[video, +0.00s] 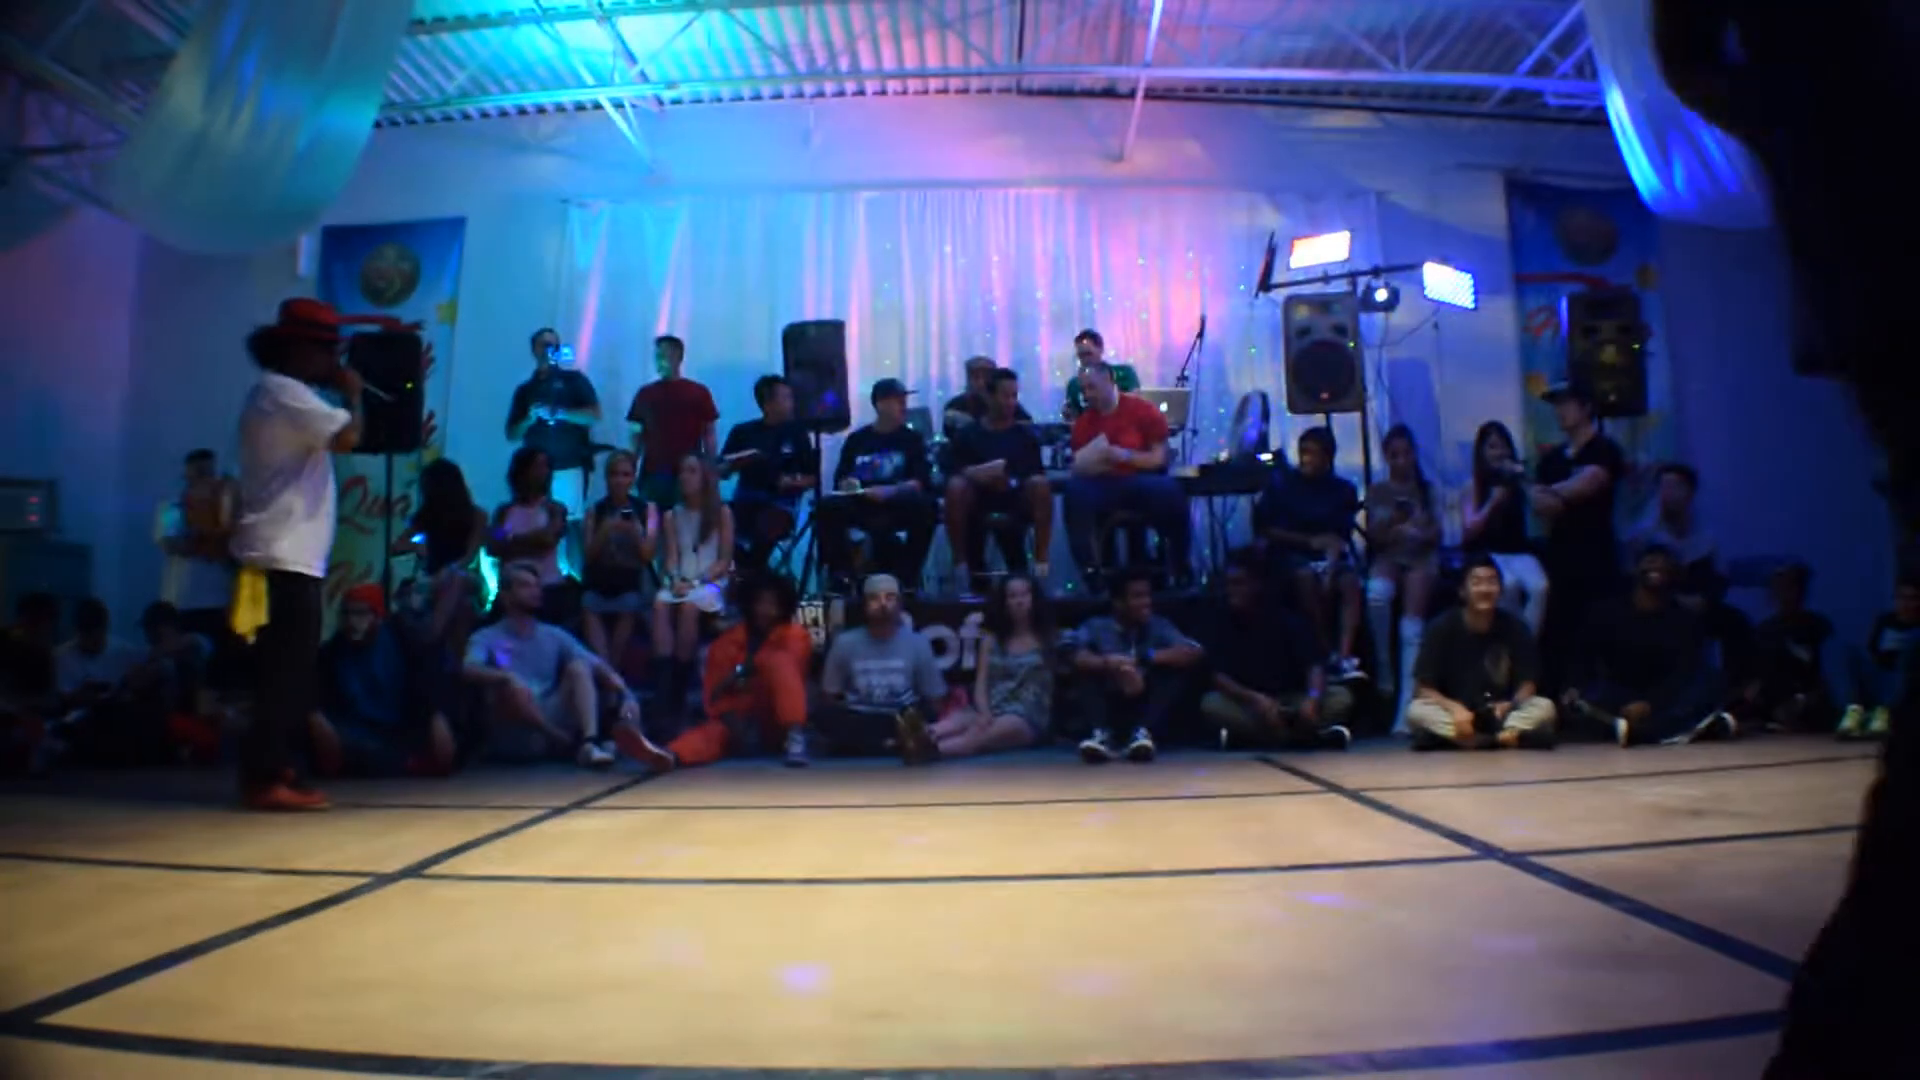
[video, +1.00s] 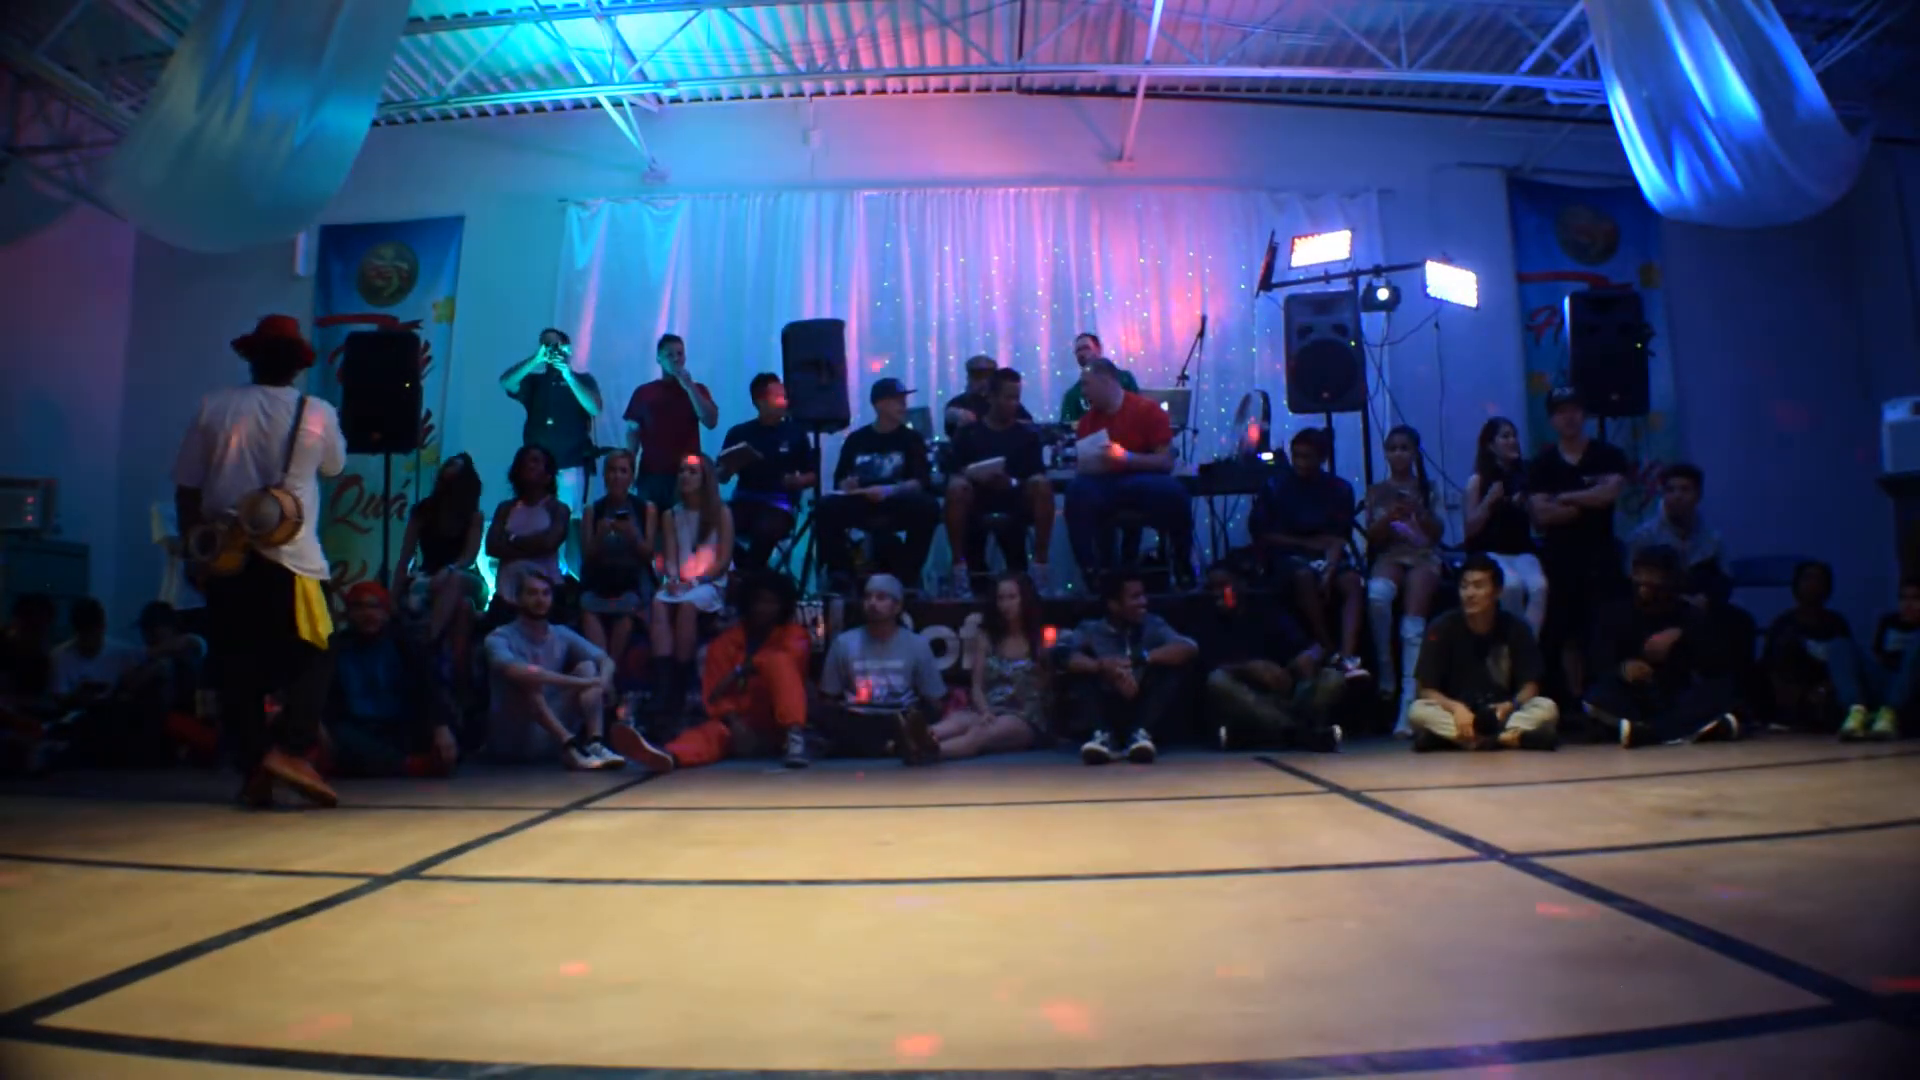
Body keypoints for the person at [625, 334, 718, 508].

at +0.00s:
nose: (661, 363)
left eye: (666, 356)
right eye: (658, 357)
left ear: (679, 357)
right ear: (655, 359)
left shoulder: (699, 393)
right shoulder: (646, 394)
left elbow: (709, 435)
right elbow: (636, 436)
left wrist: (710, 471)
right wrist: (629, 473)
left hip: (688, 476)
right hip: (653, 473)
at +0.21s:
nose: (670, 361)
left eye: (674, 355)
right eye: (665, 355)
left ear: (682, 358)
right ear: (659, 359)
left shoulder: (698, 395)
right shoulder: (646, 396)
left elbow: (709, 434)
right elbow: (635, 435)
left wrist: (705, 468)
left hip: (688, 474)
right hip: (655, 472)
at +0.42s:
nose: (675, 360)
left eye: (679, 355)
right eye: (669, 356)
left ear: (684, 357)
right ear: (659, 359)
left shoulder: (698, 393)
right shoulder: (643, 393)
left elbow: (711, 433)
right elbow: (632, 434)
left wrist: (695, 429)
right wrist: (629, 471)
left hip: (686, 475)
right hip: (652, 472)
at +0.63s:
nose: (676, 360)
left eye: (680, 354)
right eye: (669, 355)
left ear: (685, 357)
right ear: (659, 359)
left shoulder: (697, 391)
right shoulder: (643, 392)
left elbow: (711, 426)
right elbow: (632, 433)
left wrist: (690, 396)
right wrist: (630, 472)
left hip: (686, 476)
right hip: (652, 474)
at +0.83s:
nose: (676, 360)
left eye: (679, 354)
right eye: (669, 356)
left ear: (685, 356)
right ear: (659, 360)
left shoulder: (697, 390)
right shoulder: (643, 393)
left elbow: (711, 421)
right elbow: (632, 434)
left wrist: (689, 386)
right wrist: (629, 472)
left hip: (686, 475)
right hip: (652, 473)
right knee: (649, 532)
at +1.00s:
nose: (676, 359)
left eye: (679, 354)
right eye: (669, 355)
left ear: (684, 356)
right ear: (659, 359)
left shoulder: (697, 390)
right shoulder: (644, 393)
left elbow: (710, 421)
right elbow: (632, 434)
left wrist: (689, 387)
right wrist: (628, 473)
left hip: (687, 476)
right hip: (652, 474)